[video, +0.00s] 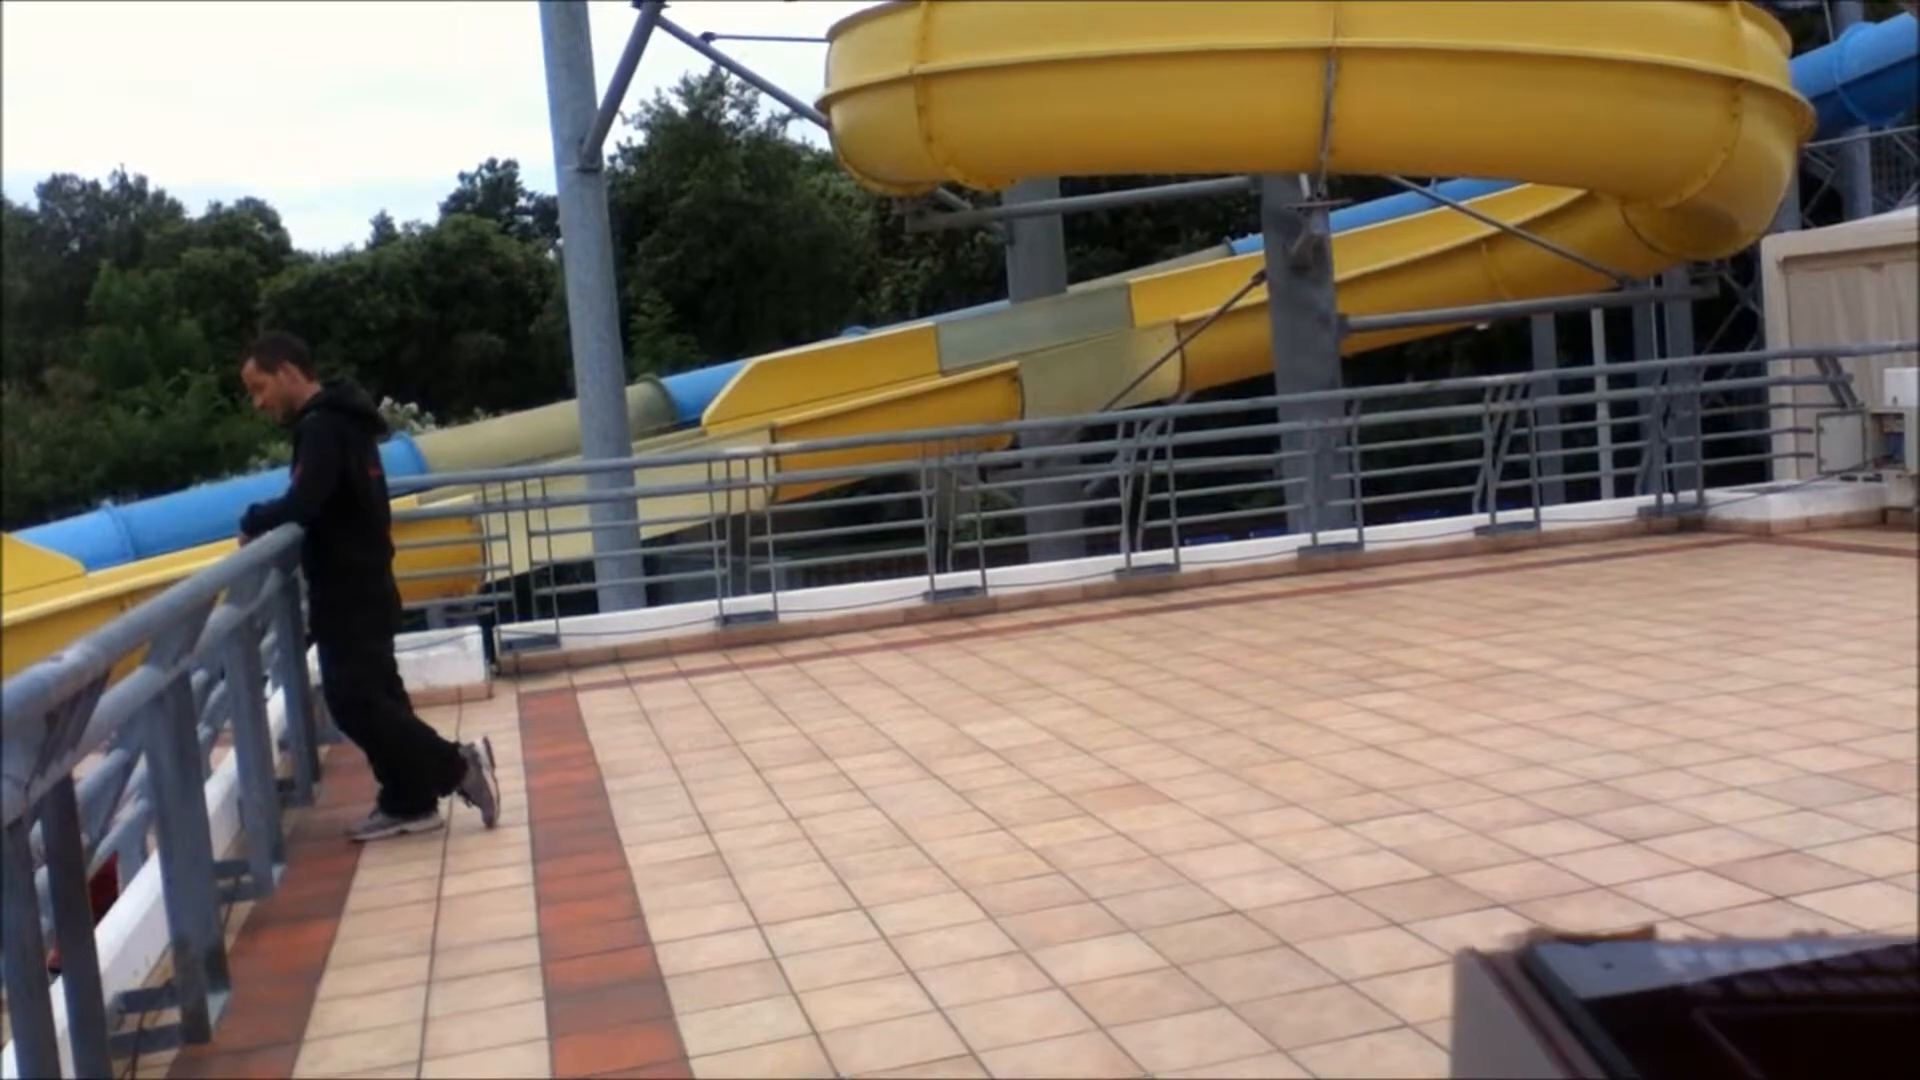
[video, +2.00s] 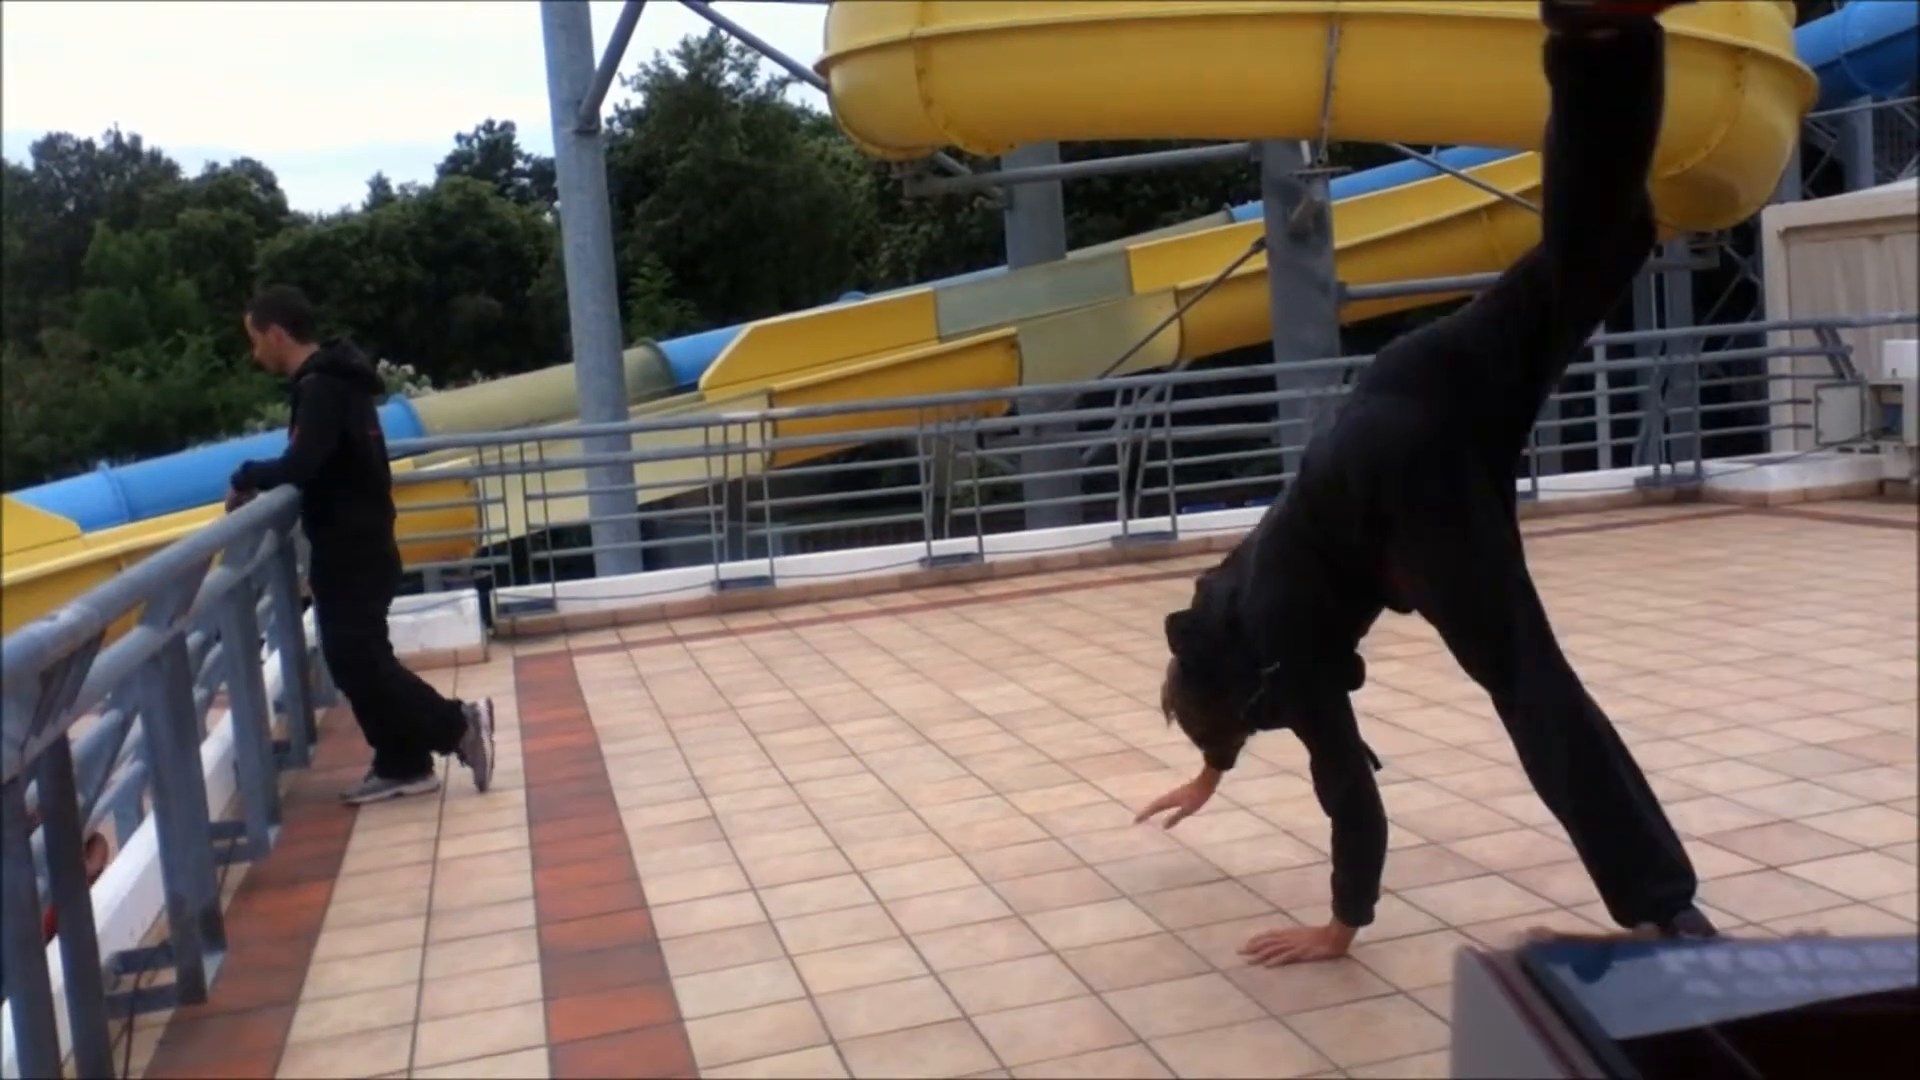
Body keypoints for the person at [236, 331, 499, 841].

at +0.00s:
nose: (257, 403)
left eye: (258, 388)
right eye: (252, 393)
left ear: (289, 373)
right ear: (294, 377)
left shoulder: (322, 426)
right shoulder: (340, 416)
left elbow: (307, 504)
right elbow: (321, 502)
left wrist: (255, 520)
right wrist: (270, 519)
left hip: (348, 592)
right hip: (364, 587)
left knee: (351, 705)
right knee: (377, 693)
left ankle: (455, 766)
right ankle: (407, 804)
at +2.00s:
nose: (254, 354)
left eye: (255, 340)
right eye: (252, 342)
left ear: (278, 333)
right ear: (291, 332)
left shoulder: (320, 384)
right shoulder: (332, 376)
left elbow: (304, 466)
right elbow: (315, 465)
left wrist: (247, 478)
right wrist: (260, 481)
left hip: (351, 552)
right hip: (356, 549)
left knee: (354, 664)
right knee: (359, 660)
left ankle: (457, 726)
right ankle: (401, 766)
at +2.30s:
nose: (314, 332)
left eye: (325, 322)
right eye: (303, 322)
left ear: (343, 328)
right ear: (289, 330)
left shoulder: (361, 383)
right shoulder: (323, 387)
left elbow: (342, 466)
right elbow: (333, 459)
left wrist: (273, 458)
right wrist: (282, 470)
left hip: (402, 543)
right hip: (371, 543)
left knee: (389, 650)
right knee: (357, 652)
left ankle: (482, 721)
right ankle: (400, 763)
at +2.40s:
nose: (344, 319)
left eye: (355, 310)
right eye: (332, 309)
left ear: (369, 319)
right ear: (313, 319)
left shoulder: (398, 378)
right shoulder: (323, 383)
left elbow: (403, 461)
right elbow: (326, 452)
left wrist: (321, 456)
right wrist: (293, 470)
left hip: (419, 531)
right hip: (371, 535)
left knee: (418, 644)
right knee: (365, 654)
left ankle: (467, 730)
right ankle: (400, 760)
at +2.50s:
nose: (385, 316)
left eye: (393, 308)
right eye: (372, 306)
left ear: (402, 317)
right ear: (344, 316)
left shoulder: (430, 375)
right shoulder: (335, 385)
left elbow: (468, 451)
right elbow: (315, 444)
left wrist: (396, 465)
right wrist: (272, 496)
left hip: (442, 530)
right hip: (383, 532)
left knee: (441, 646)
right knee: (360, 644)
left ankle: (452, 753)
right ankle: (392, 756)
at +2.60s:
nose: (422, 321)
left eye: (427, 312)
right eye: (409, 311)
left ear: (434, 320)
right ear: (378, 319)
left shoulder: (459, 379)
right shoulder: (358, 388)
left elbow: (514, 447)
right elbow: (329, 439)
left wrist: (470, 454)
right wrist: (281, 477)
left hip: (458, 535)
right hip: (396, 538)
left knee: (462, 646)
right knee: (355, 640)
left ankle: (459, 753)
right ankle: (378, 746)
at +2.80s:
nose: (477, 302)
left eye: (481, 292)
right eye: (464, 293)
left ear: (485, 299)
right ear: (429, 300)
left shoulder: (503, 358)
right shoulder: (394, 365)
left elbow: (558, 428)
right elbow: (348, 418)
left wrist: (542, 428)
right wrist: (303, 461)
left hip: (490, 523)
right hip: (429, 527)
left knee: (483, 641)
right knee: (448, 644)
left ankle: (463, 753)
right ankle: (470, 762)